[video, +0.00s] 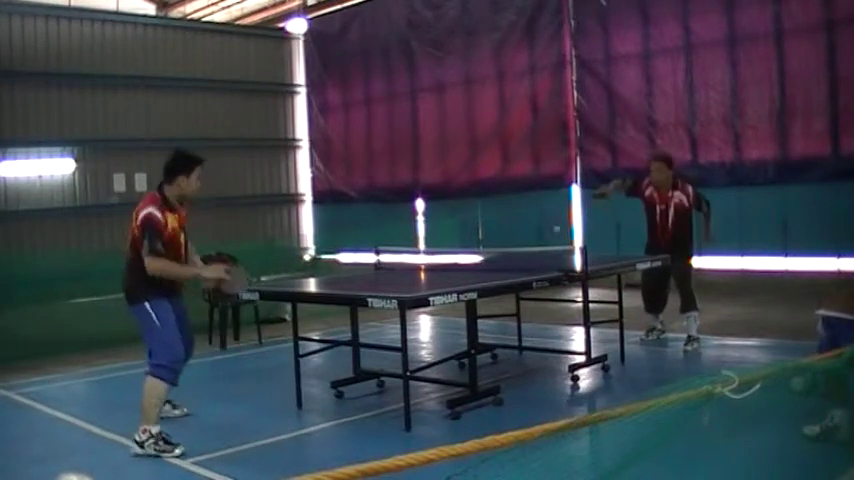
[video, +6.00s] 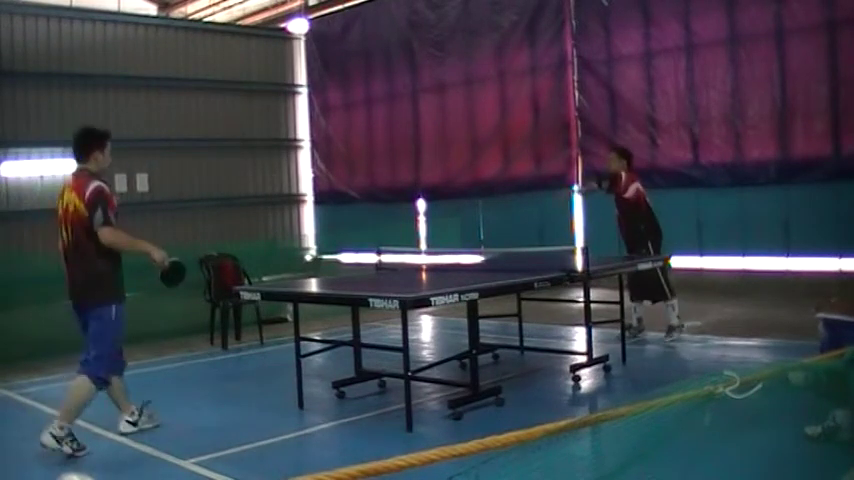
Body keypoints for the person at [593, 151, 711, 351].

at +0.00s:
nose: (655, 176)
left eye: (660, 171)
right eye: (653, 171)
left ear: (670, 172)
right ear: (649, 172)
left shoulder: (686, 191)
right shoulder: (645, 188)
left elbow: (705, 208)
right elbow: (623, 185)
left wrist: (707, 233)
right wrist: (608, 189)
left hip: (680, 248)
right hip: (655, 248)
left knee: (684, 286)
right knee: (650, 286)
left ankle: (692, 333)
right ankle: (655, 325)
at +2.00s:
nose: (673, 158)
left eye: (678, 154)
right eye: (671, 154)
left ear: (687, 158)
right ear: (668, 157)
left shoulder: (697, 184)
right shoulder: (662, 183)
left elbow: (702, 211)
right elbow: (655, 212)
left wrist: (683, 215)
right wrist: (647, 237)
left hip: (683, 234)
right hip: (663, 232)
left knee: (680, 270)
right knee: (662, 269)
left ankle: (679, 312)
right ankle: (680, 305)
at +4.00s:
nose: (729, 158)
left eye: (733, 154)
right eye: (727, 153)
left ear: (742, 157)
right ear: (724, 157)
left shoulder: (755, 183)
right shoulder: (716, 185)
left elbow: (765, 208)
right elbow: (710, 217)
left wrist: (747, 212)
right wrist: (705, 247)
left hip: (747, 242)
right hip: (724, 241)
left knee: (751, 281)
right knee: (719, 280)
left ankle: (755, 316)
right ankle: (713, 319)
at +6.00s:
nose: (609, 163)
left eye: (613, 160)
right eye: (610, 160)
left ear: (623, 163)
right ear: (616, 164)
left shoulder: (633, 185)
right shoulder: (618, 182)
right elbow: (607, 184)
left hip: (649, 240)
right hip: (633, 241)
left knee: (660, 281)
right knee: (634, 282)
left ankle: (674, 322)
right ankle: (637, 322)